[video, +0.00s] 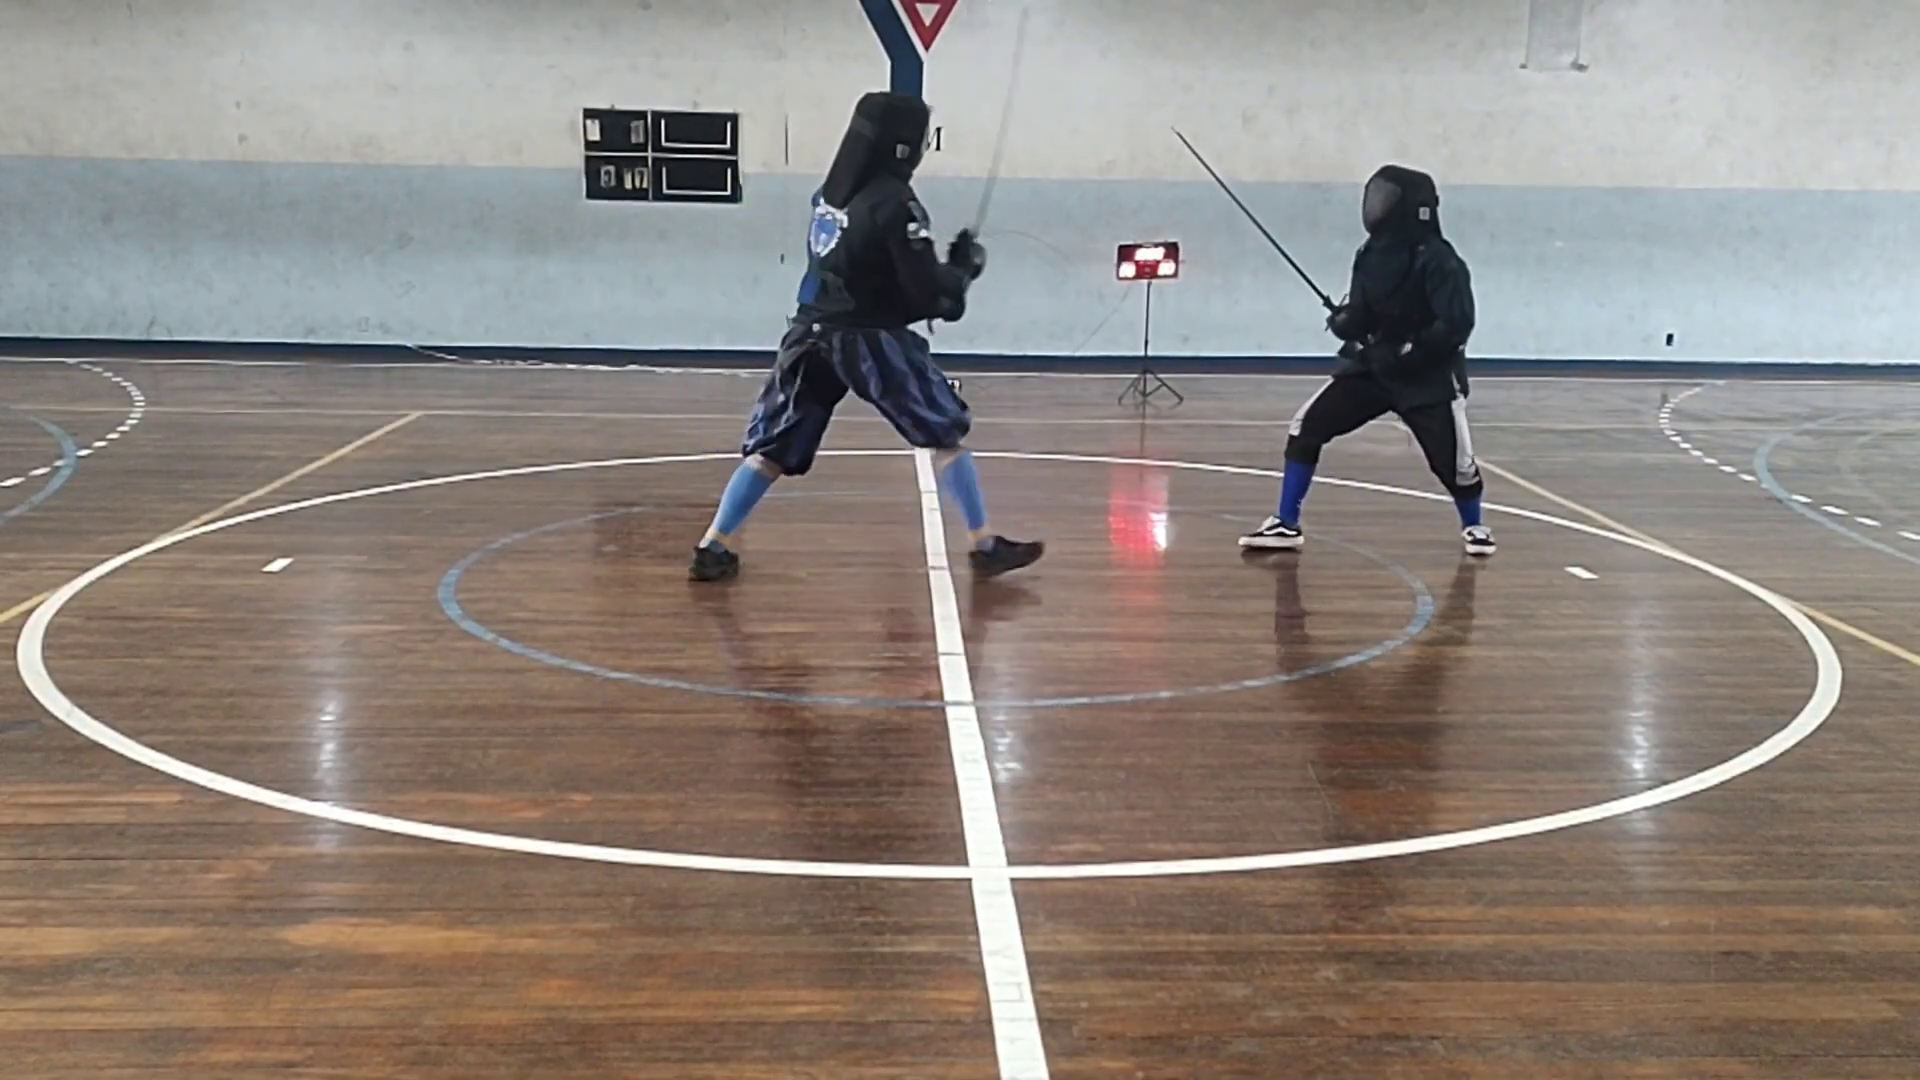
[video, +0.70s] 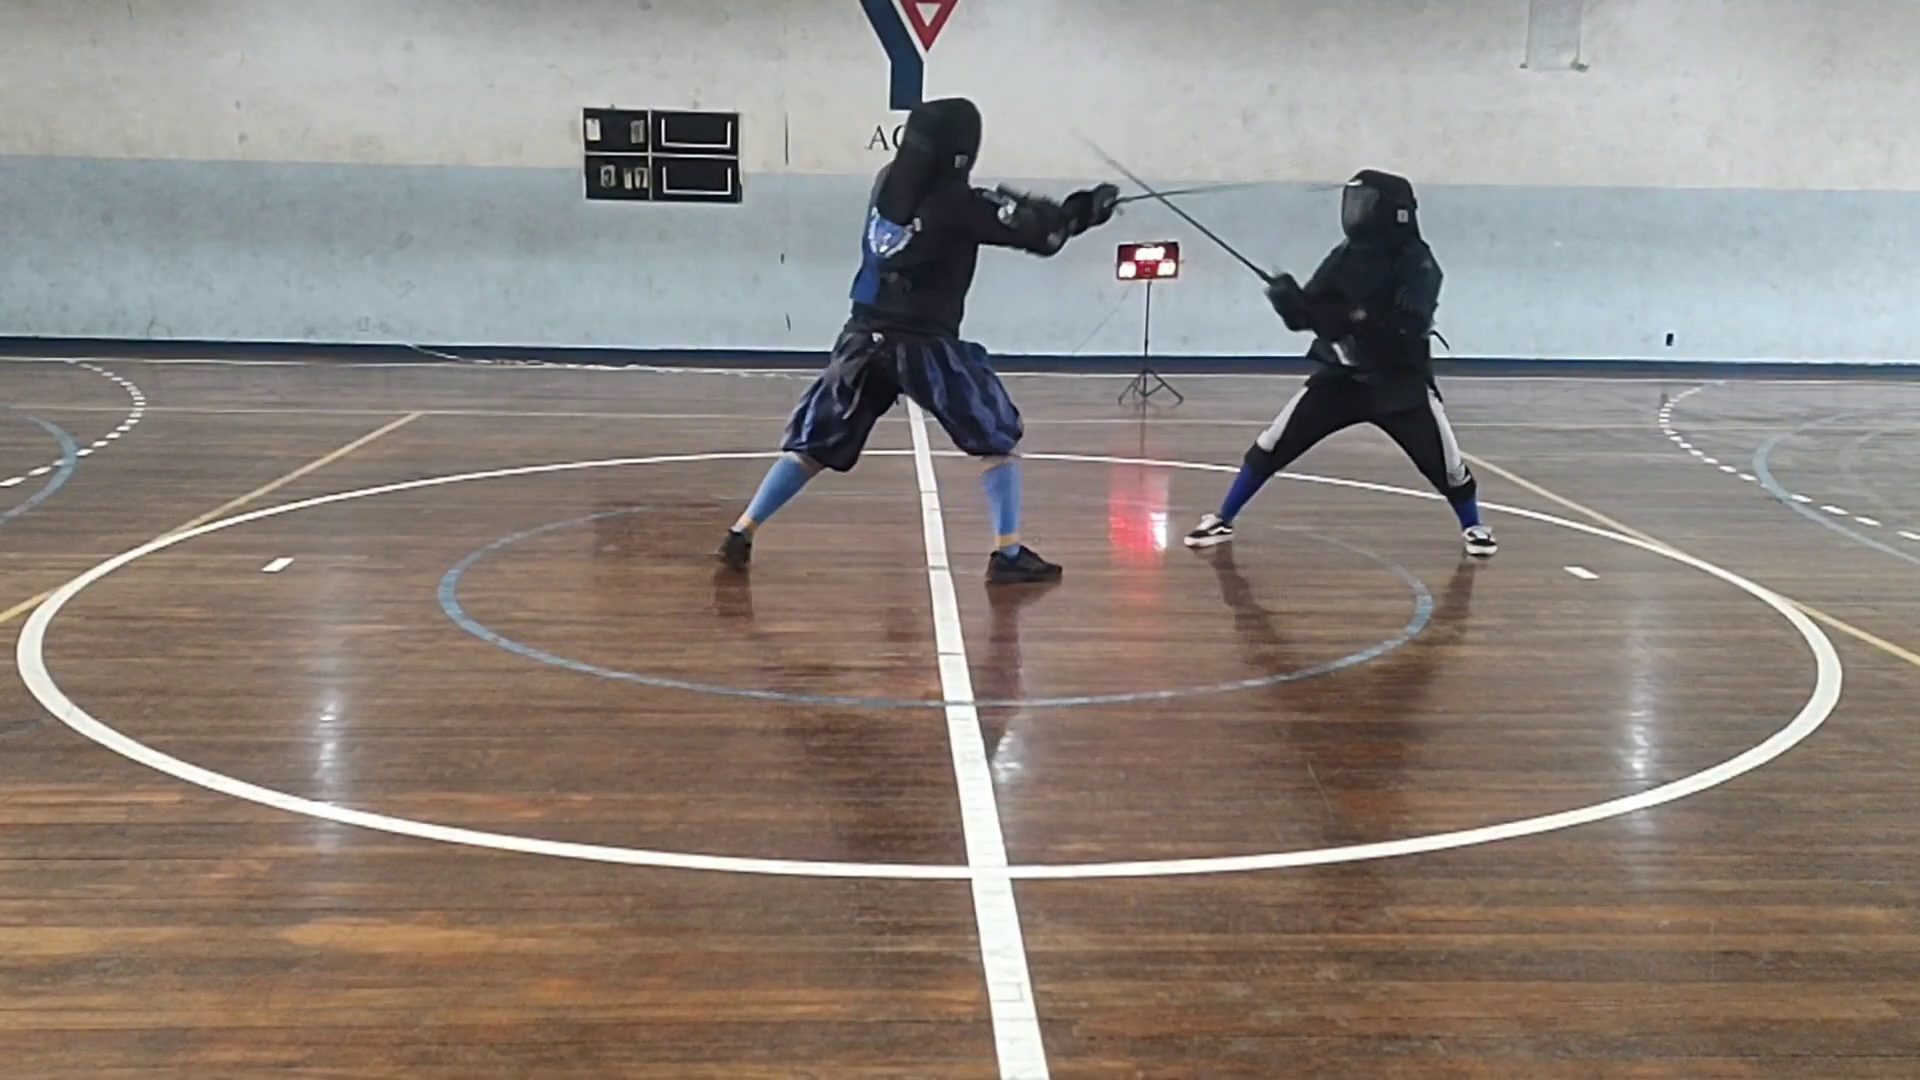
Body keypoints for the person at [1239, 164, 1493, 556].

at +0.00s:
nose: (1369, 203)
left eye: (1380, 195)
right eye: (1370, 194)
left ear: (1406, 203)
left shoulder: (1438, 259)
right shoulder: (1370, 255)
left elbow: (1458, 323)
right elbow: (1359, 314)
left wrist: (1408, 355)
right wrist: (1346, 321)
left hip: (1428, 381)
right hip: (1370, 375)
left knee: (1457, 465)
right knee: (1305, 429)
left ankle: (1473, 526)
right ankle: (1286, 523)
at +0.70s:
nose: (1351, 210)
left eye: (1362, 201)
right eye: (1350, 201)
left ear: (1391, 209)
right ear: (1350, 205)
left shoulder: (1417, 262)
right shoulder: (1344, 257)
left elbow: (1408, 327)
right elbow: (1306, 317)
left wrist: (1352, 321)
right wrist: (1289, 301)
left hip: (1399, 385)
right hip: (1338, 382)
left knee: (1446, 465)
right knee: (1271, 446)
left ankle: (1474, 527)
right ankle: (1222, 520)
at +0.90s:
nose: (1345, 210)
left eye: (1356, 201)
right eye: (1344, 200)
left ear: (1381, 207)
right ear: (1344, 204)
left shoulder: (1405, 254)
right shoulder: (1335, 251)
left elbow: (1386, 316)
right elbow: (1284, 291)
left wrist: (1333, 291)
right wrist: (1254, 271)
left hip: (1388, 382)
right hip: (1328, 380)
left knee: (1447, 461)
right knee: (1262, 448)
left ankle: (1473, 527)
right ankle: (1211, 519)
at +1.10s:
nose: (1335, 209)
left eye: (1345, 202)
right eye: (1332, 201)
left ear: (1370, 206)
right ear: (1330, 203)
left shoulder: (1390, 242)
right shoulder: (1325, 241)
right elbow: (1278, 249)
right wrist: (1234, 229)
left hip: (1375, 374)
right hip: (1316, 373)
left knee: (1440, 452)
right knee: (1253, 445)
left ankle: (1472, 528)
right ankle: (1210, 519)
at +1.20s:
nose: (1336, 209)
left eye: (1346, 201)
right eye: (1330, 200)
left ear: (1363, 203)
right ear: (1321, 199)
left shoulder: (1385, 237)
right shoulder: (1308, 229)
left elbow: (1361, 242)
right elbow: (1260, 226)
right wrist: (1224, 197)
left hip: (1367, 375)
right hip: (1308, 374)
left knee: (1434, 450)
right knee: (1249, 448)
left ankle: (1468, 528)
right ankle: (1209, 519)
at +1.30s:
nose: (1322, 198)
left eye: (1330, 191)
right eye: (1320, 191)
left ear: (1350, 193)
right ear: (1319, 192)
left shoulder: (1379, 234)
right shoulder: (1305, 232)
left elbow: (1335, 221)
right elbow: (1255, 219)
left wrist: (1307, 192)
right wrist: (1225, 185)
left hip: (1359, 372)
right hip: (1300, 371)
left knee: (1424, 451)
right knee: (1247, 449)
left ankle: (1461, 528)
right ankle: (1208, 521)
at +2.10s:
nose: (1324, 175)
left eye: (1336, 166)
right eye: (1319, 165)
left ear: (1355, 174)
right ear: (1310, 169)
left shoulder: (1368, 216)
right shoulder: (1291, 213)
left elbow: (1362, 240)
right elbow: (1246, 259)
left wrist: (1316, 211)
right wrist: (1233, 225)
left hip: (1337, 347)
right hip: (1278, 343)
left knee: (1372, 439)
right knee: (1237, 431)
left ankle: (1391, 523)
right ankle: (1207, 518)